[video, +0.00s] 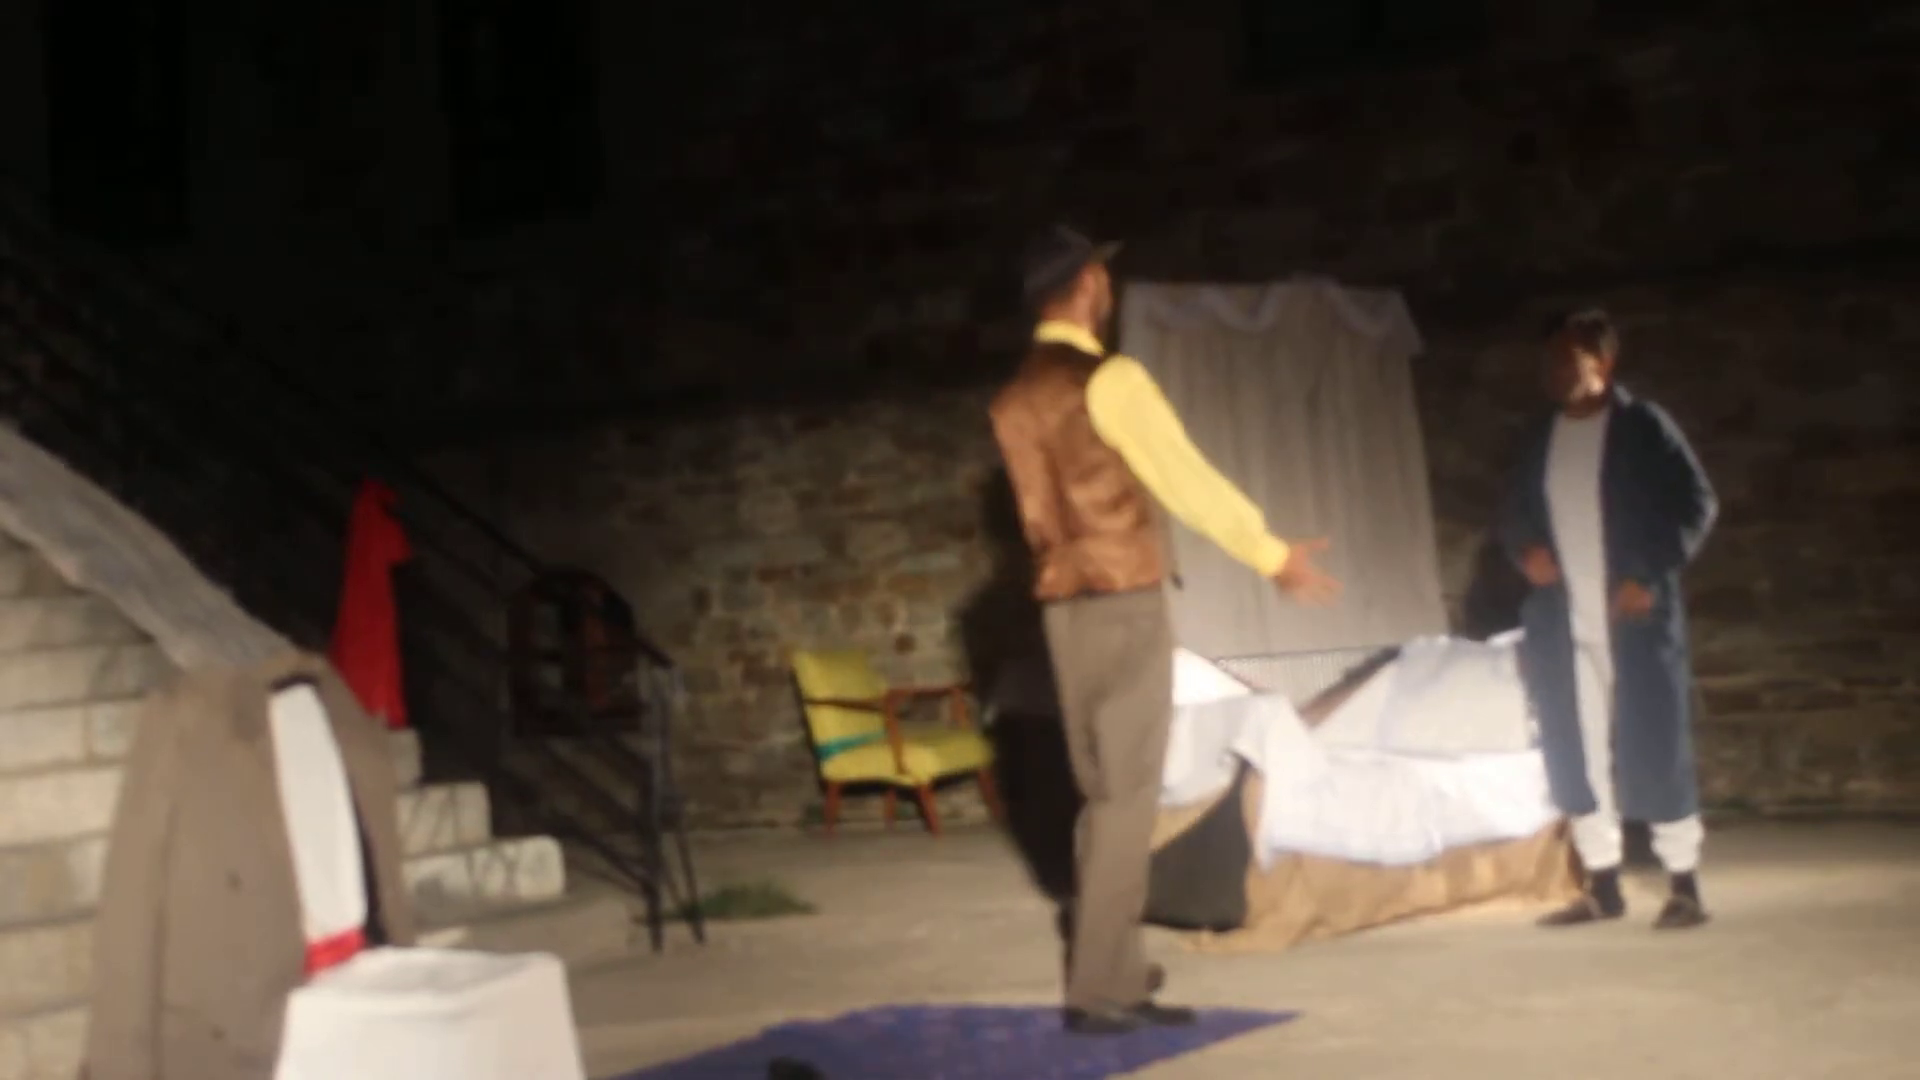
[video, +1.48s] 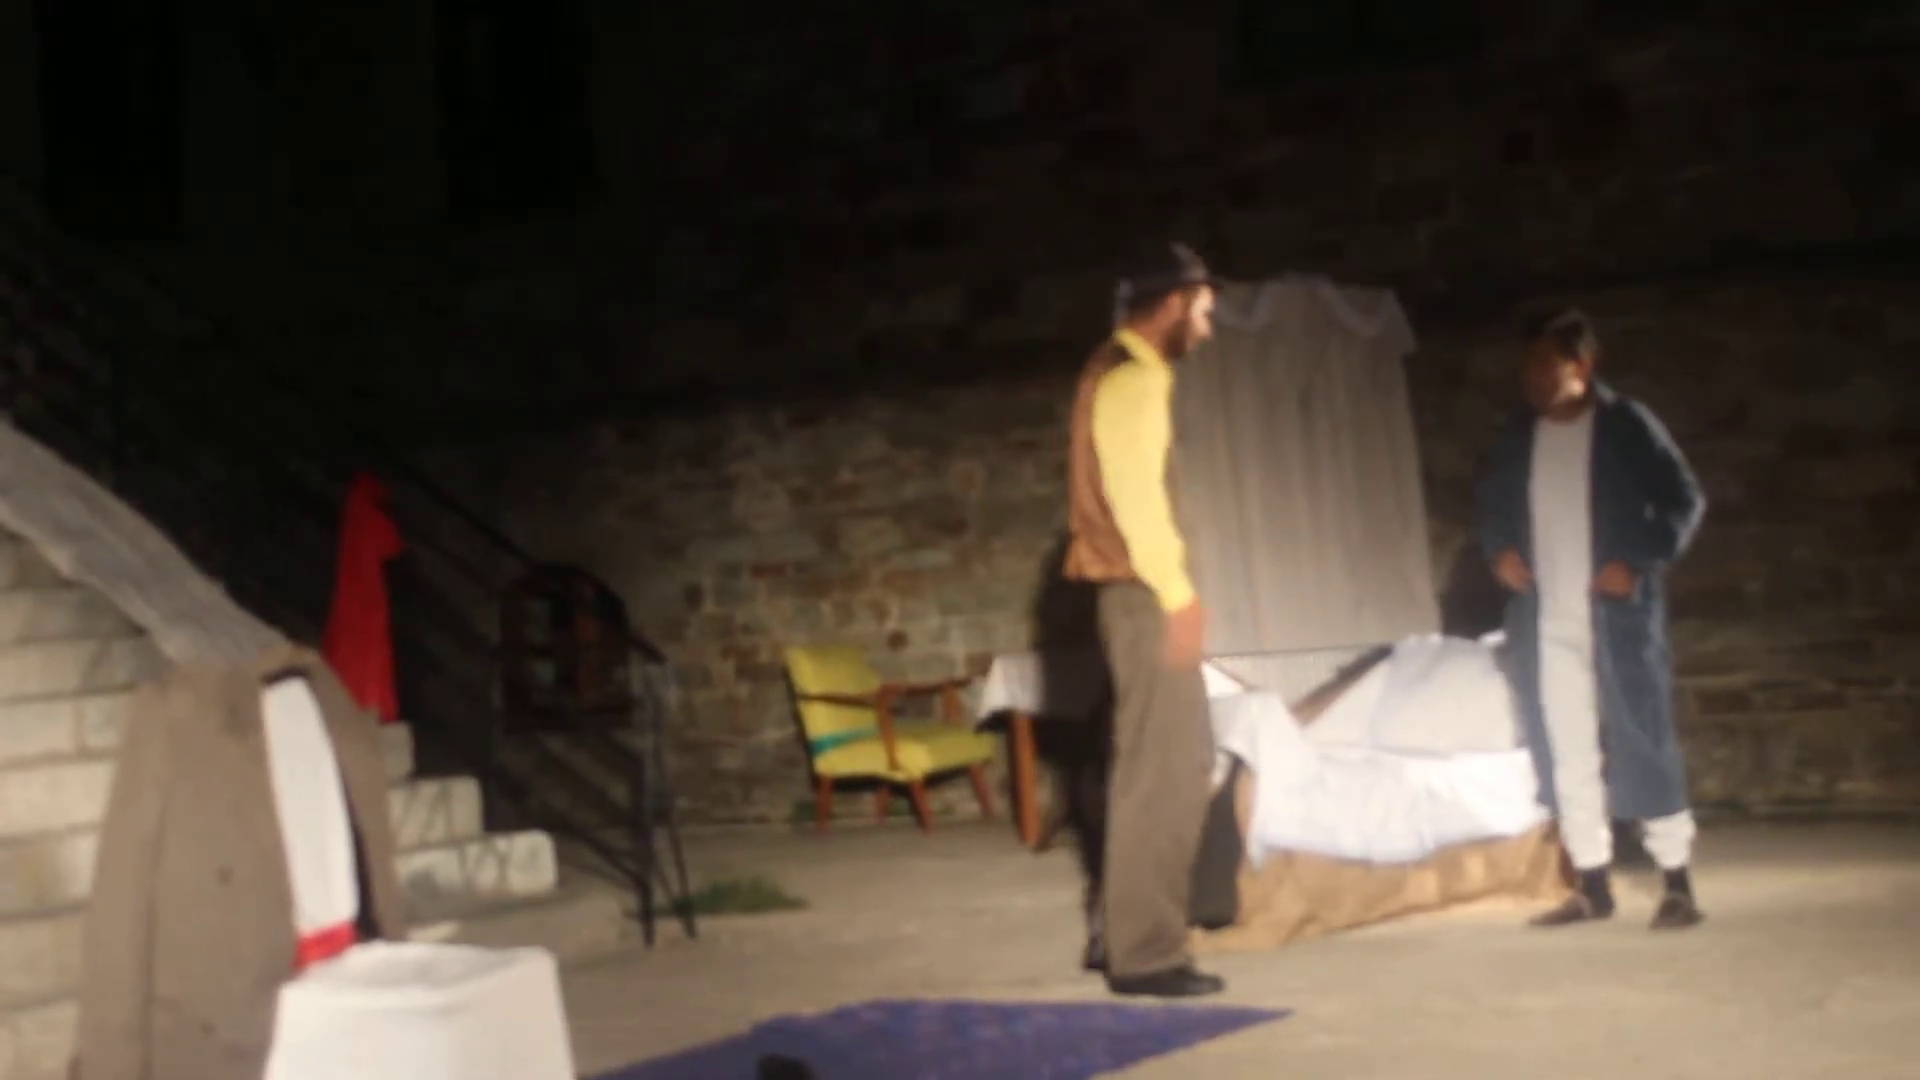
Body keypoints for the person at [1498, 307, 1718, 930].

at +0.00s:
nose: (1567, 375)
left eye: (1578, 362)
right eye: (1560, 363)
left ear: (1605, 362)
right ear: (1550, 369)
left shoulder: (1644, 426)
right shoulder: (1534, 438)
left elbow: (1696, 506)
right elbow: (1512, 510)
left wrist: (1650, 575)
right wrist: (1527, 549)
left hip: (1638, 623)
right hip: (1561, 627)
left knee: (1657, 746)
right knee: (1575, 749)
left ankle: (1684, 886)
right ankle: (1603, 888)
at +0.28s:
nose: (1563, 387)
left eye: (1572, 373)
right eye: (1551, 376)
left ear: (1597, 366)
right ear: (1537, 377)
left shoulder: (1638, 427)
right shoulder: (1524, 443)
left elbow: (1691, 508)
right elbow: (1502, 521)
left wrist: (1660, 580)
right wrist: (1507, 570)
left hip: (1632, 626)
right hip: (1557, 631)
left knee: (1654, 748)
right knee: (1575, 755)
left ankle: (1683, 882)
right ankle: (1598, 888)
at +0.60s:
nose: (1576, 433)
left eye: (1584, 422)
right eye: (1564, 427)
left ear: (1602, 396)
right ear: (1543, 416)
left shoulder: (1646, 428)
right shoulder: (1532, 450)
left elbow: (1712, 498)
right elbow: (1514, 518)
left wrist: (1679, 572)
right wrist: (1508, 569)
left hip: (1648, 629)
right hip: (1574, 635)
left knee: (1669, 749)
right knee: (1561, 759)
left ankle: (1681, 888)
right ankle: (1596, 888)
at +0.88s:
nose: (1571, 427)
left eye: (1578, 414)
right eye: (1558, 421)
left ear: (1597, 391)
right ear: (1540, 415)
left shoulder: (1644, 426)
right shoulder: (1530, 451)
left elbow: (1703, 497)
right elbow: (1508, 519)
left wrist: (1673, 570)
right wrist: (1510, 574)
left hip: (1640, 633)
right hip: (1567, 638)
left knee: (1657, 757)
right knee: (1576, 761)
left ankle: (1680, 886)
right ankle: (1596, 889)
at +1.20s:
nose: (1543, 386)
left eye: (1555, 374)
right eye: (1537, 374)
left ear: (1588, 372)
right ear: (1530, 375)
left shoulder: (1634, 427)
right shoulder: (1520, 440)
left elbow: (1690, 502)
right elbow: (1497, 513)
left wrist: (1649, 569)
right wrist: (1501, 561)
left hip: (1624, 625)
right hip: (1553, 630)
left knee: (1649, 747)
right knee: (1571, 755)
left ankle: (1677, 884)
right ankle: (1593, 889)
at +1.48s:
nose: (1541, 379)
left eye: (1553, 367)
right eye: (1535, 367)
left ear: (1584, 366)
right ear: (1526, 371)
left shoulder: (1627, 424)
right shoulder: (1514, 438)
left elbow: (1683, 501)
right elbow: (1488, 504)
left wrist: (1637, 563)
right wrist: (1500, 549)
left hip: (1620, 620)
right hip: (1546, 623)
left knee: (1643, 740)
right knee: (1565, 746)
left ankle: (1677, 883)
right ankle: (1592, 886)